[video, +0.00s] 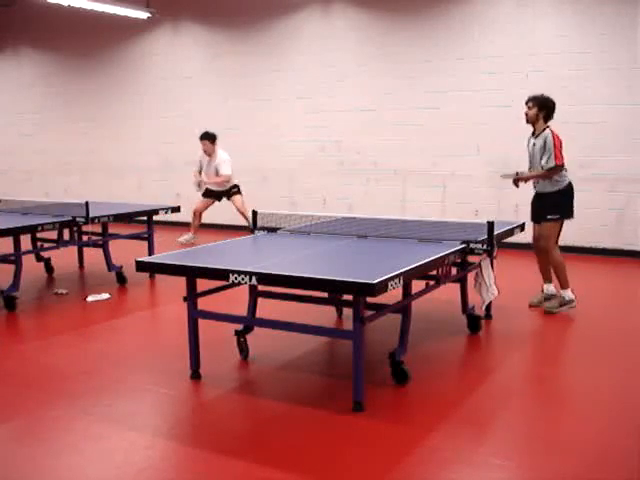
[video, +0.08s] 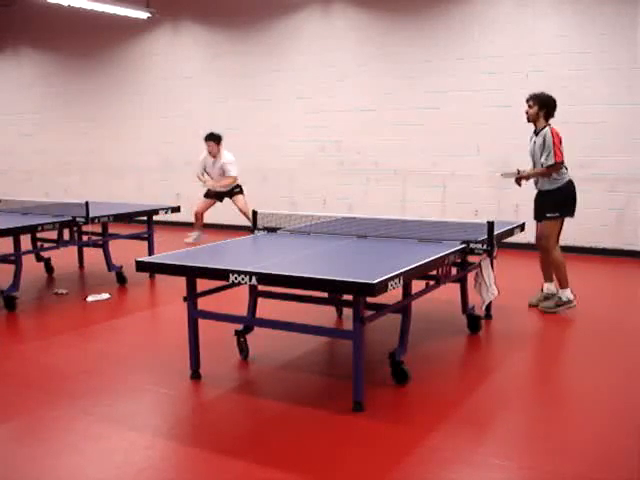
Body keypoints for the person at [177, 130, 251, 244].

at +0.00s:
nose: (203, 148)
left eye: (205, 144)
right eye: (202, 145)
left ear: (213, 144)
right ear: (202, 145)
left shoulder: (222, 157)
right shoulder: (203, 157)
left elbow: (226, 178)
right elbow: (198, 171)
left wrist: (206, 182)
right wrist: (198, 180)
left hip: (229, 188)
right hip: (213, 189)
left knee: (240, 208)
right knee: (197, 211)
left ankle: (255, 228)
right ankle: (193, 234)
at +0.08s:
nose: (208, 149)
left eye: (210, 146)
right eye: (207, 146)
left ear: (218, 145)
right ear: (206, 146)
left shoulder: (227, 158)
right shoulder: (205, 158)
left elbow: (232, 178)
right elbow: (200, 173)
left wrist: (216, 184)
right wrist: (207, 181)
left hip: (232, 187)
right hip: (216, 188)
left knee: (242, 208)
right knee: (198, 212)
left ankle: (258, 227)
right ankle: (197, 233)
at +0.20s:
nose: (232, 156)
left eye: (234, 153)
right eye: (230, 153)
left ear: (239, 153)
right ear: (227, 153)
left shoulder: (246, 164)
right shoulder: (222, 165)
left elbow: (252, 179)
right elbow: (211, 181)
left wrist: (255, 196)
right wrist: (224, 188)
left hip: (241, 194)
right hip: (224, 196)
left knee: (253, 211)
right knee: (209, 219)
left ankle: (262, 231)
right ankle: (204, 236)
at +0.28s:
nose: (245, 156)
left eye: (247, 153)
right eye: (243, 154)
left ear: (251, 153)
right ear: (239, 153)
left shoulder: (256, 163)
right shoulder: (233, 165)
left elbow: (264, 176)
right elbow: (218, 180)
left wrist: (278, 190)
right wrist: (227, 188)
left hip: (249, 195)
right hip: (232, 197)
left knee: (263, 211)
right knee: (213, 221)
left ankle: (270, 234)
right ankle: (202, 234)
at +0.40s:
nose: (256, 150)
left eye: (257, 147)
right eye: (253, 148)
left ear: (260, 146)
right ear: (247, 147)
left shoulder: (265, 154)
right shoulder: (241, 156)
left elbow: (278, 158)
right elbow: (228, 170)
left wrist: (272, 147)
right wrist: (238, 170)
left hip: (258, 190)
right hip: (241, 191)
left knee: (270, 210)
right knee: (223, 218)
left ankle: (273, 234)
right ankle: (214, 231)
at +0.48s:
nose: (256, 148)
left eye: (258, 145)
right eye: (253, 146)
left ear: (261, 144)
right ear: (249, 145)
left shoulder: (268, 151)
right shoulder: (244, 154)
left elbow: (279, 142)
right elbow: (225, 159)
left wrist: (263, 133)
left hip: (262, 190)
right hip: (244, 191)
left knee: (276, 208)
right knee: (227, 217)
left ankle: (279, 232)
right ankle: (221, 231)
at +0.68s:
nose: (249, 147)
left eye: (251, 143)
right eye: (247, 144)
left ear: (257, 143)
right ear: (245, 145)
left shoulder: (268, 154)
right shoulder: (244, 158)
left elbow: (287, 158)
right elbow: (230, 165)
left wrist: (293, 151)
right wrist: (219, 160)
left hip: (269, 192)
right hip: (252, 194)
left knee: (275, 214)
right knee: (237, 221)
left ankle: (290, 232)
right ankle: (235, 236)